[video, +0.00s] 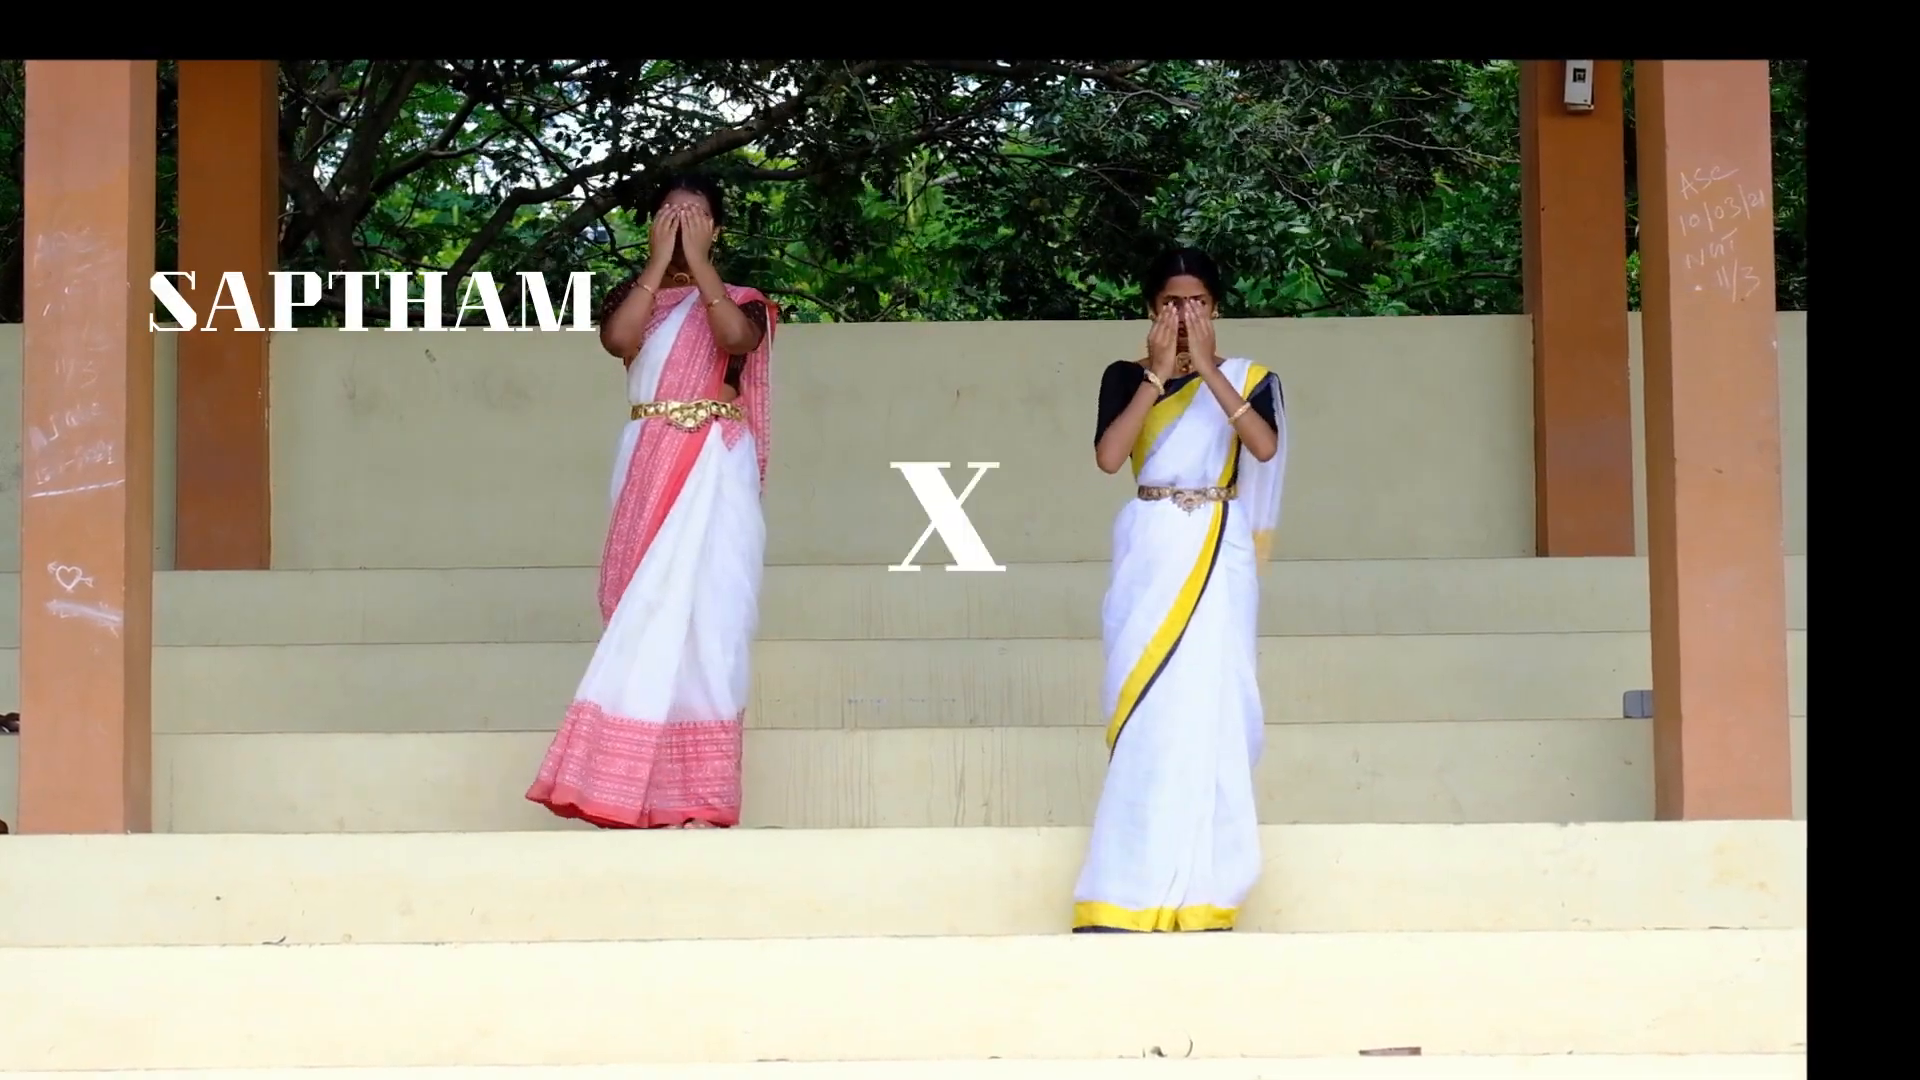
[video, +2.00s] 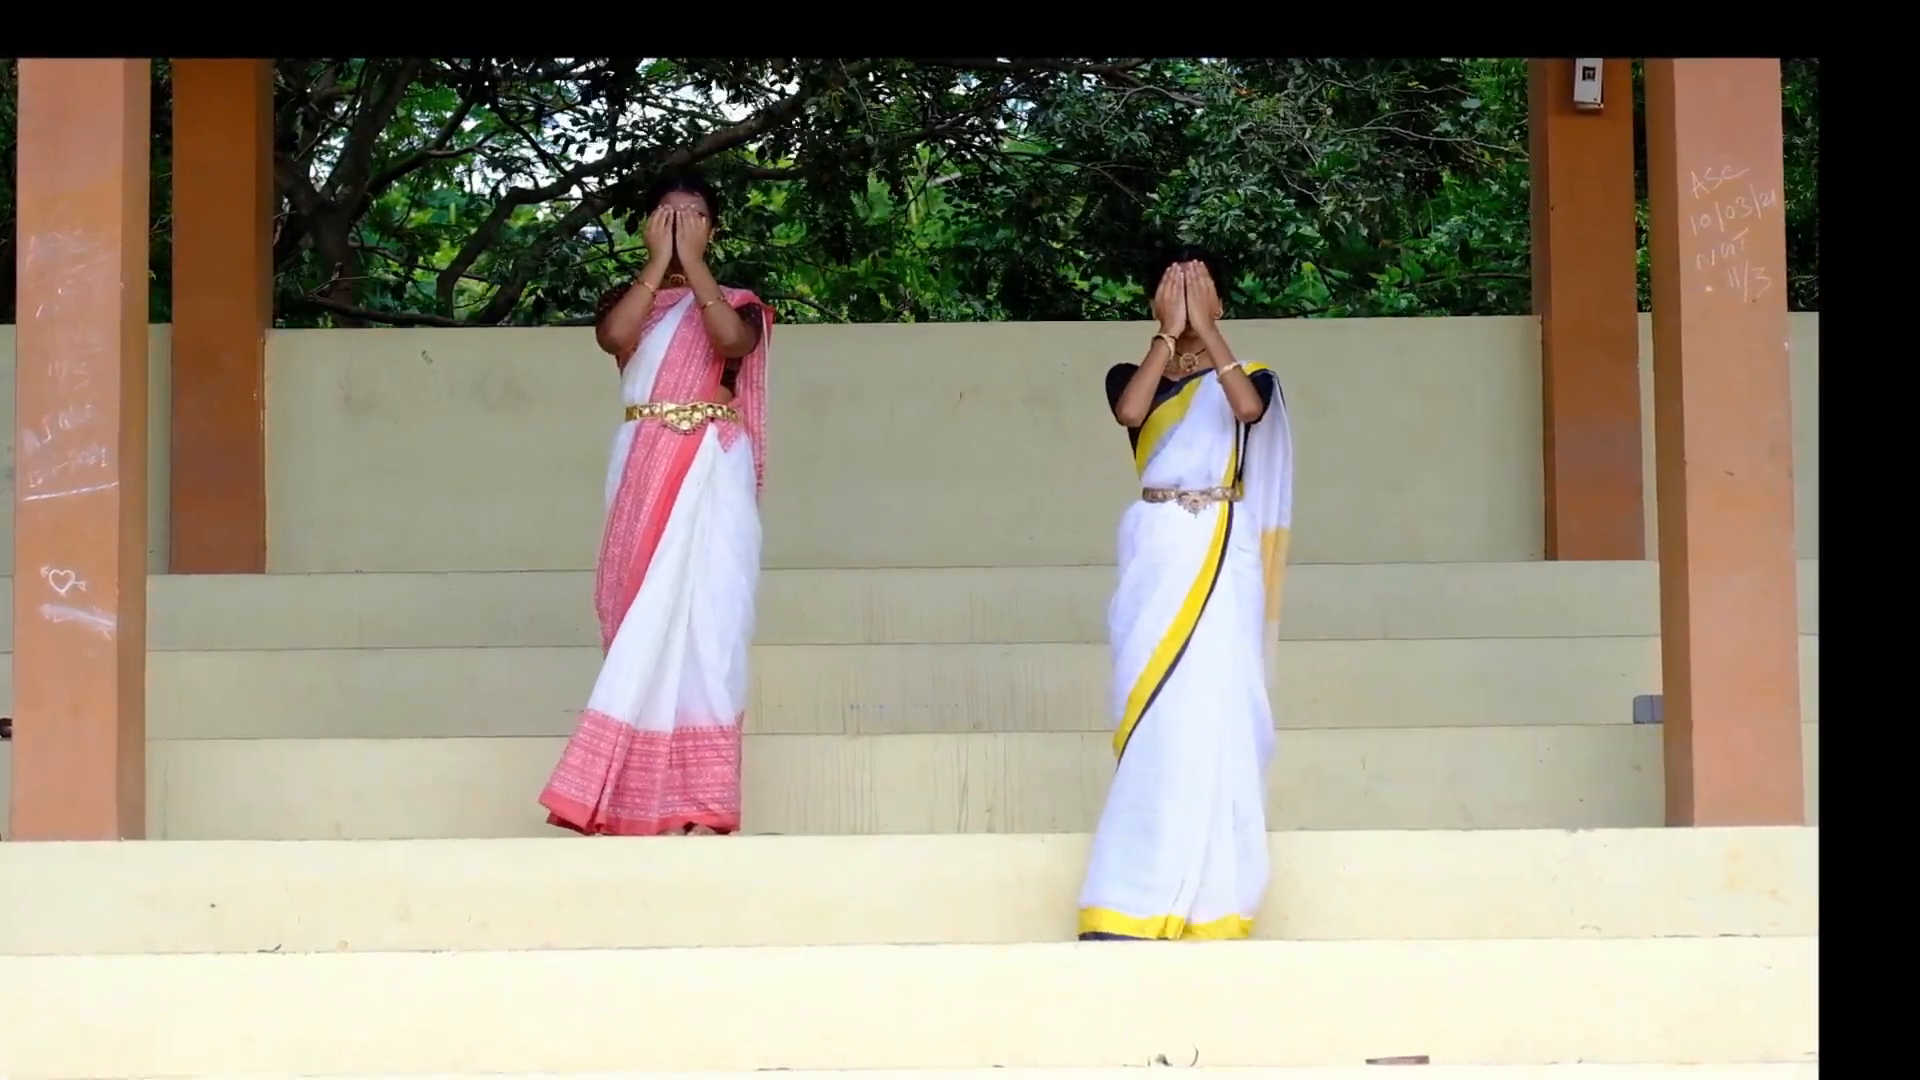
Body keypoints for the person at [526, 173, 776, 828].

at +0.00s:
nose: (681, 225)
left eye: (694, 213)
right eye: (671, 214)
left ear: (716, 229)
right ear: (655, 228)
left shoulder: (744, 302)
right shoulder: (636, 298)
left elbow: (735, 336)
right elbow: (621, 340)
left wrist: (700, 258)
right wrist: (655, 259)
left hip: (714, 474)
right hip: (647, 471)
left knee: (703, 623)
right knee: (646, 618)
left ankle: (698, 797)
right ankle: (633, 792)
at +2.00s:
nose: (679, 227)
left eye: (692, 215)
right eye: (669, 215)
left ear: (713, 229)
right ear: (650, 228)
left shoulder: (741, 304)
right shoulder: (628, 300)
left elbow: (731, 339)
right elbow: (617, 338)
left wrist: (696, 260)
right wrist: (656, 262)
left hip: (713, 477)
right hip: (643, 476)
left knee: (706, 629)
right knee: (639, 626)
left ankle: (702, 805)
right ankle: (630, 803)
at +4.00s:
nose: (675, 226)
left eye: (690, 215)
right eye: (665, 214)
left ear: (712, 227)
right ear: (647, 228)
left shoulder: (738, 301)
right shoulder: (635, 301)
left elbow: (740, 339)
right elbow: (608, 334)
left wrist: (694, 261)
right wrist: (654, 258)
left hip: (712, 477)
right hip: (644, 477)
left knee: (700, 629)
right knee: (648, 628)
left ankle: (690, 806)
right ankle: (642, 800)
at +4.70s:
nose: (704, 231)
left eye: (714, 220)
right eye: (690, 219)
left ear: (727, 229)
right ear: (664, 227)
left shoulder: (747, 307)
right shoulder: (631, 304)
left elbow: (766, 377)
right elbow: (590, 385)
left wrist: (702, 337)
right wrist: (636, 337)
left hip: (727, 482)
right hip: (655, 481)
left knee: (717, 629)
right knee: (658, 628)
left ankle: (703, 809)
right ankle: (652, 804)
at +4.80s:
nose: (720, 237)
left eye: (729, 226)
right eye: (705, 224)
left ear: (736, 235)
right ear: (674, 233)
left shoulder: (755, 313)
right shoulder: (633, 315)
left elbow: (767, 395)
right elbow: (609, 399)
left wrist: (720, 414)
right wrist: (604, 427)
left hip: (733, 490)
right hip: (659, 489)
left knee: (717, 631)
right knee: (661, 631)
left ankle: (706, 812)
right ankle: (659, 806)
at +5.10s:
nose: (748, 241)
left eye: (754, 229)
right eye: (734, 228)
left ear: (758, 235)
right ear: (698, 235)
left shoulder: (768, 315)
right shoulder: (651, 310)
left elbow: (768, 386)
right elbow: (583, 383)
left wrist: (693, 391)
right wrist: (505, 434)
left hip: (747, 479)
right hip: (674, 477)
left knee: (783, 585)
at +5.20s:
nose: (753, 245)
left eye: (758, 234)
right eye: (739, 232)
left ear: (761, 242)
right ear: (700, 239)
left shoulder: (771, 319)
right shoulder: (653, 315)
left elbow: (781, 398)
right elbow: (582, 386)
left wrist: (712, 406)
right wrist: (503, 420)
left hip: (748, 472)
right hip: (674, 475)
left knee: (764, 581)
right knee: (705, 612)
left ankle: (856, 698)